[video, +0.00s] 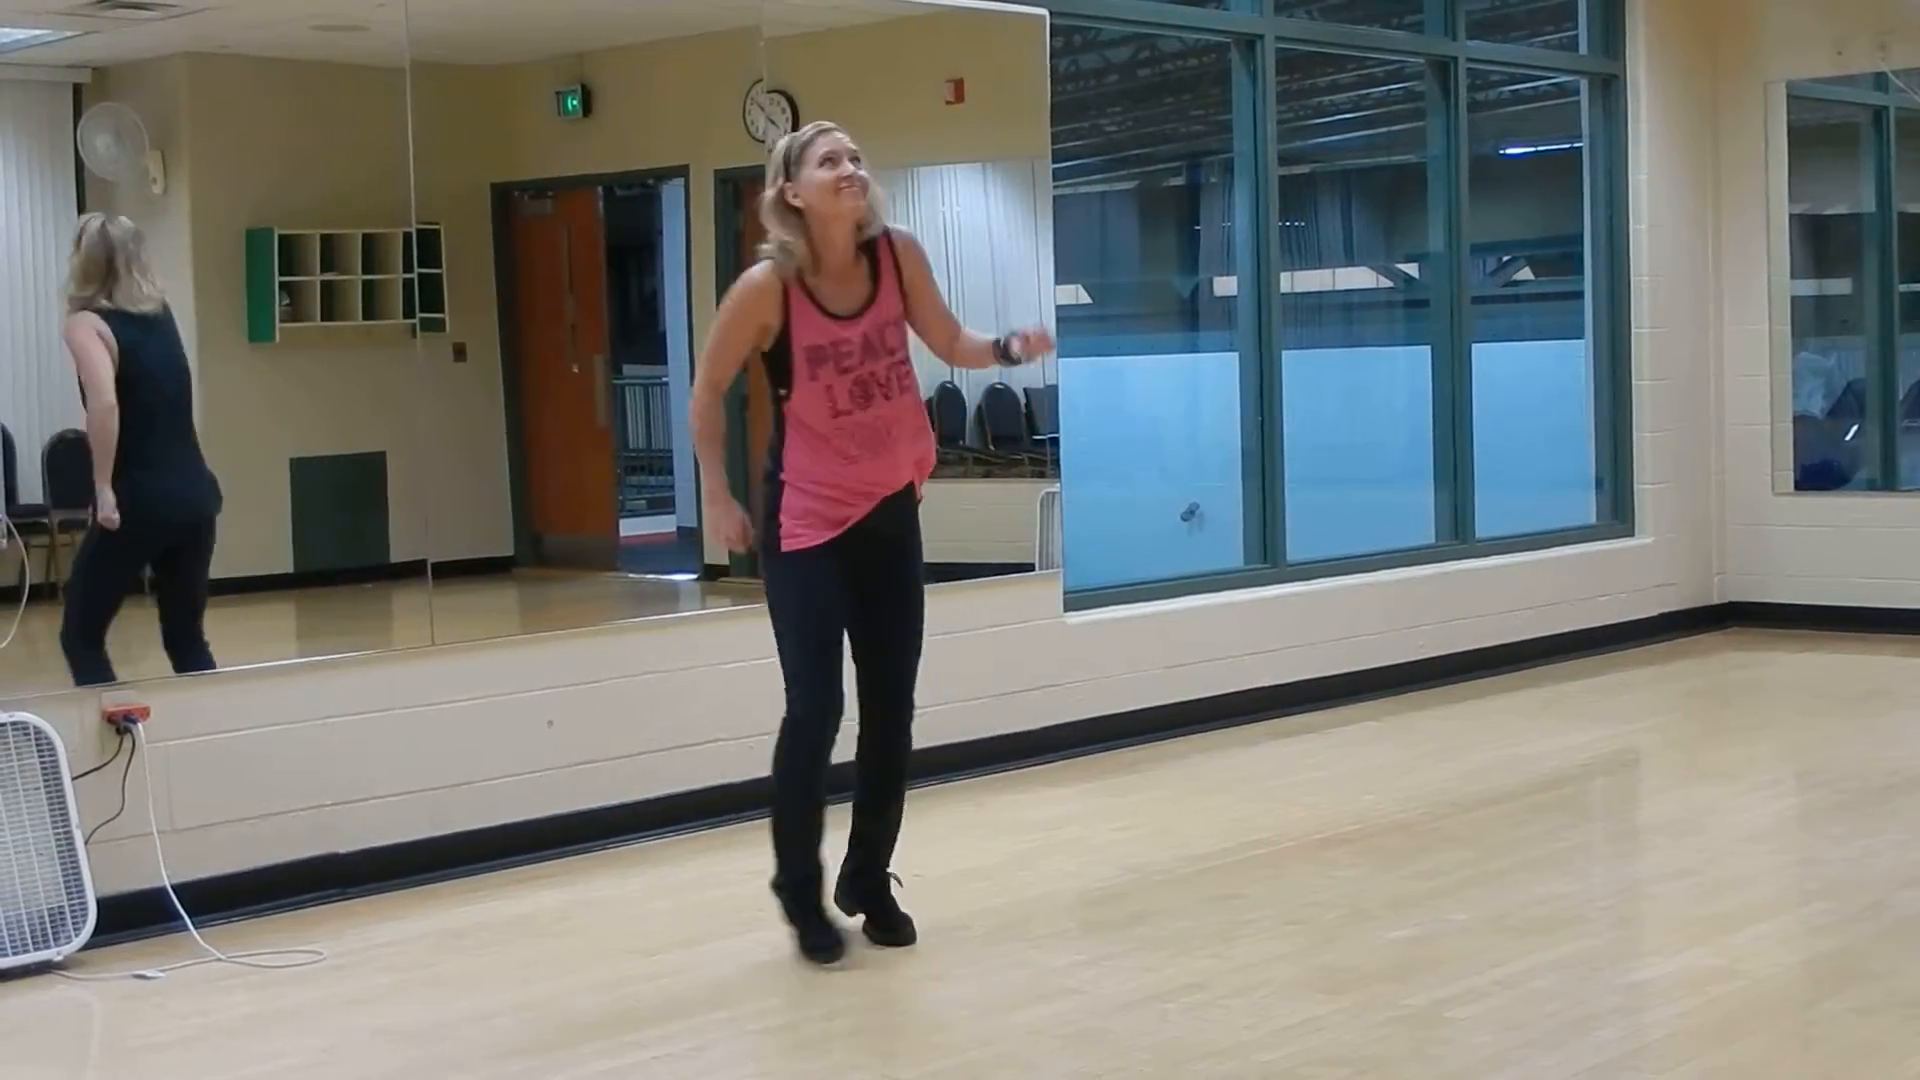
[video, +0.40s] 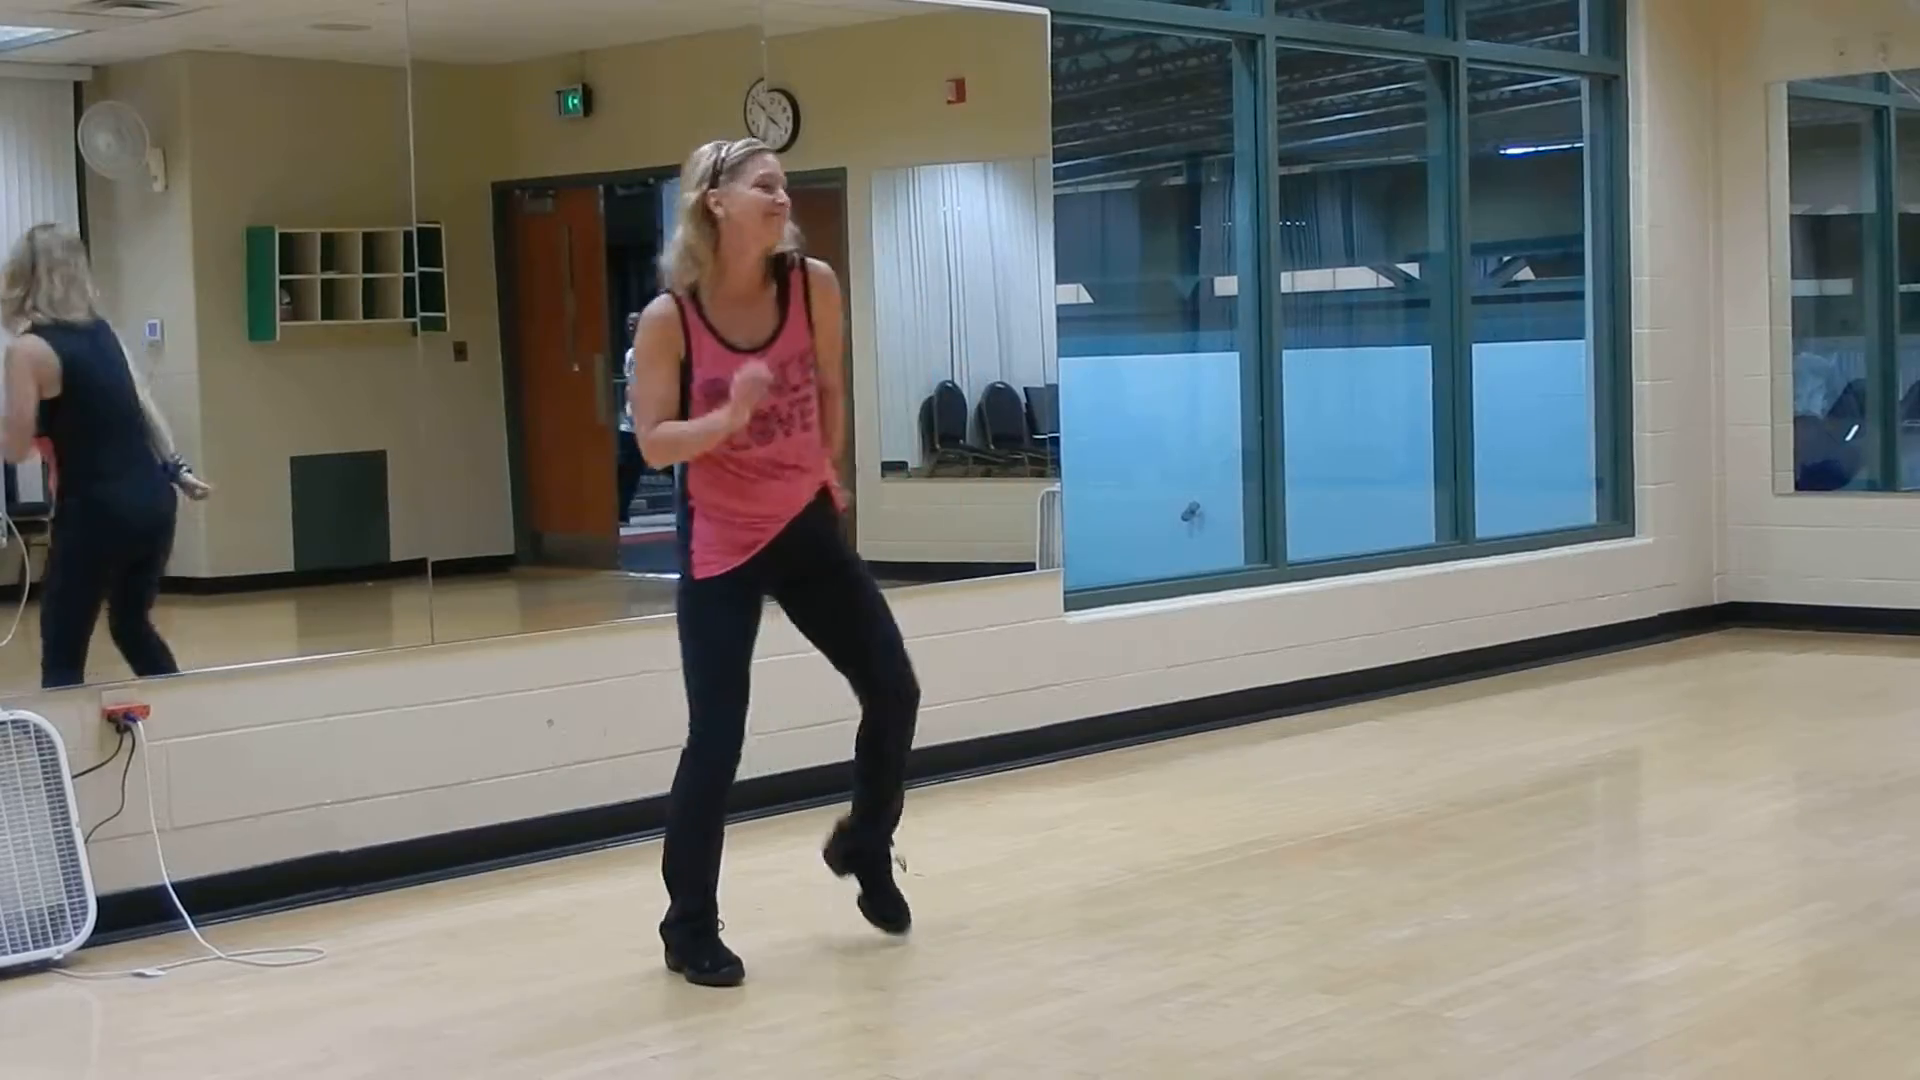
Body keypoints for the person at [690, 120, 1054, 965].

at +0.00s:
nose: (848, 169)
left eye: (854, 160)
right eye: (827, 162)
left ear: (869, 184)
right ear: (789, 196)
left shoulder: (897, 254)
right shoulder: (765, 288)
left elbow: (954, 347)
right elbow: (706, 395)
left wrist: (1007, 349)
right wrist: (718, 499)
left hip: (888, 510)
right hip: (804, 522)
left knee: (890, 708)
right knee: (815, 710)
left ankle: (868, 876)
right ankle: (799, 887)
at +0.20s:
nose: (815, 185)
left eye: (820, 175)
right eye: (793, 175)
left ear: (830, 200)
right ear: (749, 203)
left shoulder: (853, 267)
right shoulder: (715, 310)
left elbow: (917, 361)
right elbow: (687, 405)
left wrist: (976, 446)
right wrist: (731, 472)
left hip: (864, 524)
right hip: (778, 537)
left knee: (866, 722)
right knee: (758, 730)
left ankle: (860, 884)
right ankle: (694, 917)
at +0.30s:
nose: (799, 194)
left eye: (801, 183)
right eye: (778, 182)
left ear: (804, 206)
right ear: (731, 204)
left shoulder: (833, 278)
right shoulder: (689, 319)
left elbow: (870, 381)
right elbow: (672, 431)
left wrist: (898, 467)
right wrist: (731, 452)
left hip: (839, 528)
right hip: (749, 546)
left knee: (868, 718)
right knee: (733, 739)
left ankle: (862, 878)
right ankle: (690, 925)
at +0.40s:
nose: (783, 197)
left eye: (784, 185)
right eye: (763, 184)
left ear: (780, 209)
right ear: (713, 205)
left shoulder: (815, 285)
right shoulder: (667, 320)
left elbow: (831, 389)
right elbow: (655, 443)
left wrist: (834, 472)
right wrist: (729, 417)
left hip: (804, 524)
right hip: (718, 544)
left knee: (894, 689)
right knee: (717, 737)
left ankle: (864, 843)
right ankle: (689, 925)